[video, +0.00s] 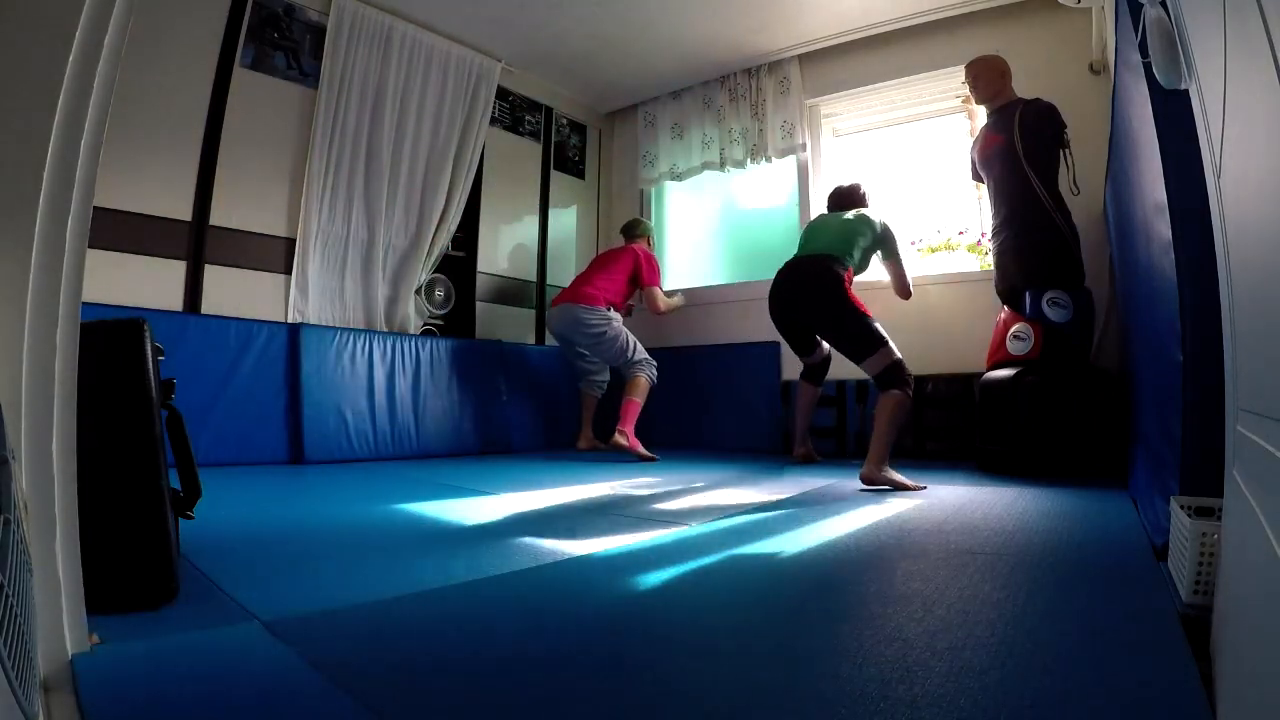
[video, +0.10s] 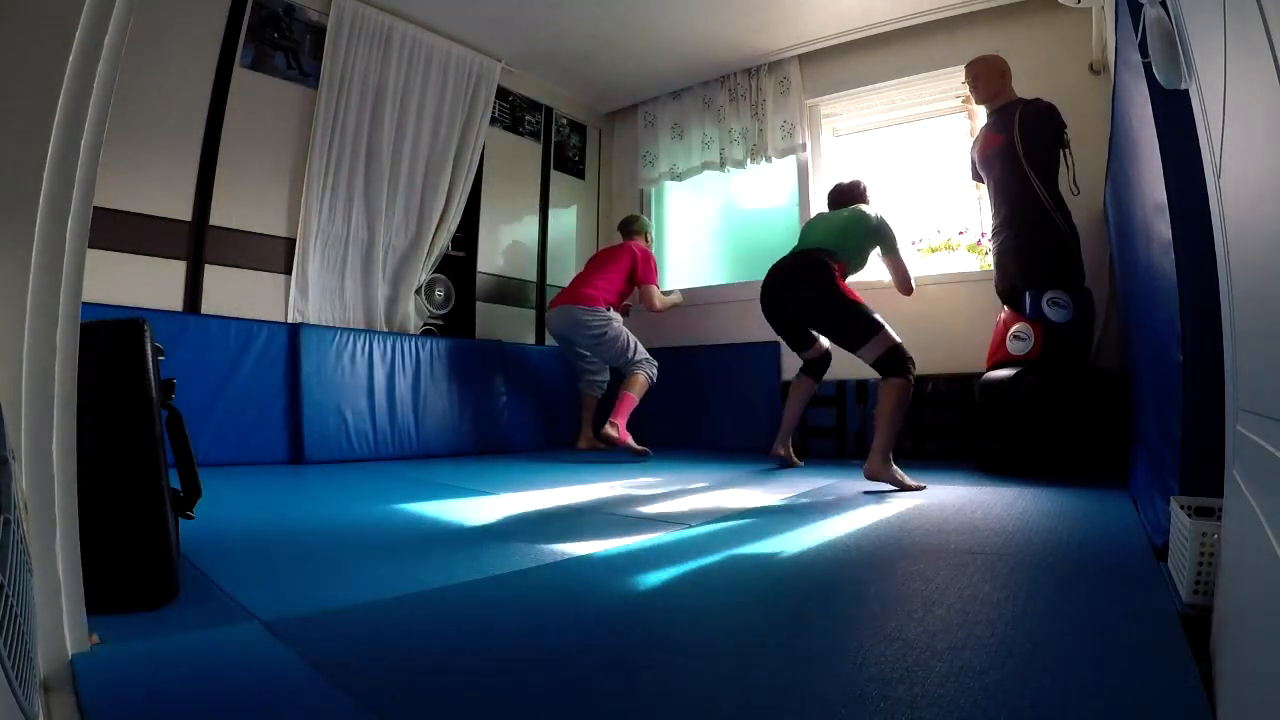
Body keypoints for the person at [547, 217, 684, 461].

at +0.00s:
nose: (651, 246)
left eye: (651, 243)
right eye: (652, 242)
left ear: (625, 239)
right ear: (648, 240)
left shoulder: (607, 255)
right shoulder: (643, 255)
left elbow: (588, 290)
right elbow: (657, 306)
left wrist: (618, 305)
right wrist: (676, 301)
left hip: (557, 312)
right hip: (589, 312)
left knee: (595, 372)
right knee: (642, 364)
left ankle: (586, 436)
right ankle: (625, 432)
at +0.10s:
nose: (650, 243)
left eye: (650, 240)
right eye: (651, 239)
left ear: (623, 236)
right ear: (646, 237)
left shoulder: (604, 253)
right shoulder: (641, 253)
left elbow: (585, 289)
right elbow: (653, 303)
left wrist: (615, 306)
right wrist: (674, 298)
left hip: (556, 312)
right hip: (588, 312)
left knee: (595, 372)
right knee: (644, 363)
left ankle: (586, 436)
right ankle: (617, 425)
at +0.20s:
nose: (648, 238)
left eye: (648, 235)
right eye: (649, 234)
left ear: (620, 232)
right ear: (645, 233)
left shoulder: (601, 249)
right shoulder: (641, 249)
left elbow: (587, 284)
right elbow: (653, 302)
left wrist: (613, 300)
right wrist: (674, 296)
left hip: (555, 310)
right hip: (589, 311)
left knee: (592, 371)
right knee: (639, 370)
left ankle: (586, 435)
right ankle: (607, 433)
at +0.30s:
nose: (647, 235)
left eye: (646, 232)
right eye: (647, 231)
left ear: (618, 229)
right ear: (643, 229)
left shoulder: (598, 243)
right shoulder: (641, 245)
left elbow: (582, 277)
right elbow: (655, 300)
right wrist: (676, 295)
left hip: (548, 302)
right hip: (584, 304)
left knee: (584, 364)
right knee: (632, 369)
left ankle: (585, 429)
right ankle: (603, 439)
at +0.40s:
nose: (646, 234)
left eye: (647, 230)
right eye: (646, 230)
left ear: (616, 226)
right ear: (640, 227)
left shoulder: (597, 240)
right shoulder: (636, 242)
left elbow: (573, 273)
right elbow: (650, 298)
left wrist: (601, 296)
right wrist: (672, 294)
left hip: (536, 296)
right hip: (572, 297)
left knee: (580, 357)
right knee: (624, 360)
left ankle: (561, 423)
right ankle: (604, 438)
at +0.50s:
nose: (641, 237)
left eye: (641, 232)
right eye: (641, 232)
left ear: (610, 228)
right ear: (635, 230)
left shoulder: (592, 243)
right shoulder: (627, 244)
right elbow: (640, 301)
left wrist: (600, 305)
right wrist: (667, 296)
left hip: (526, 298)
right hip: (561, 298)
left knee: (567, 361)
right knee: (619, 355)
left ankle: (547, 434)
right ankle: (595, 426)